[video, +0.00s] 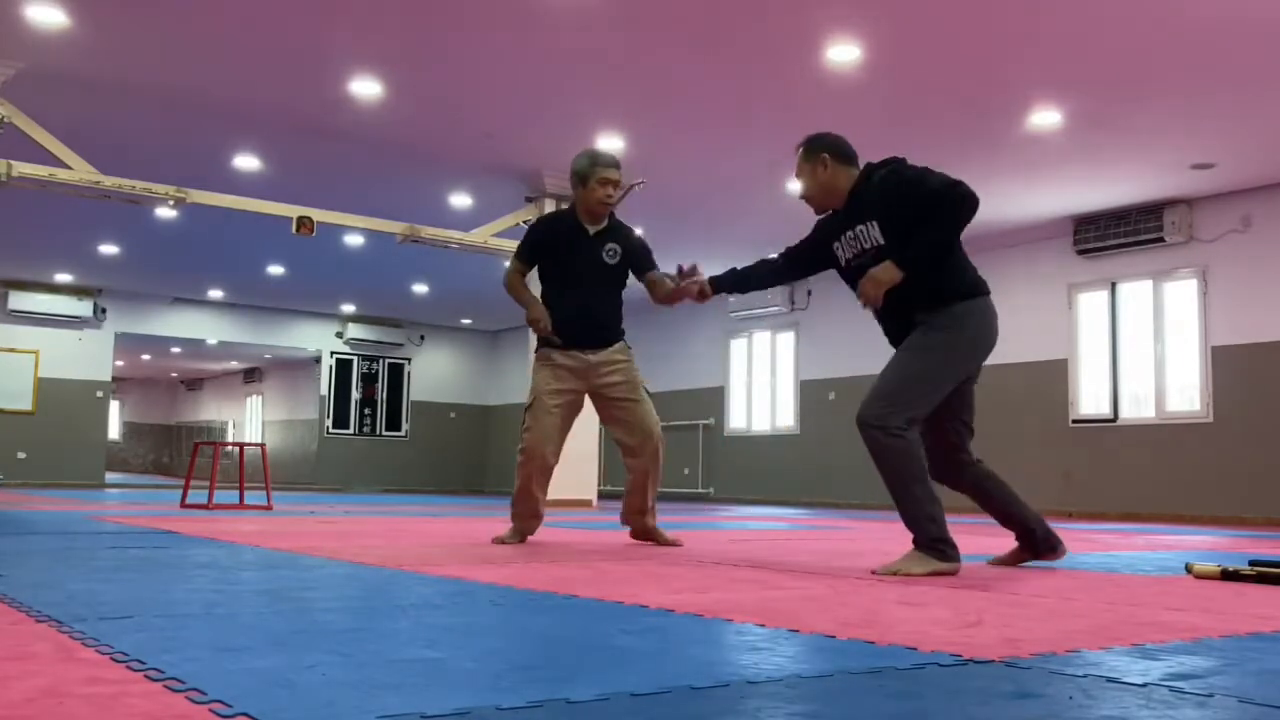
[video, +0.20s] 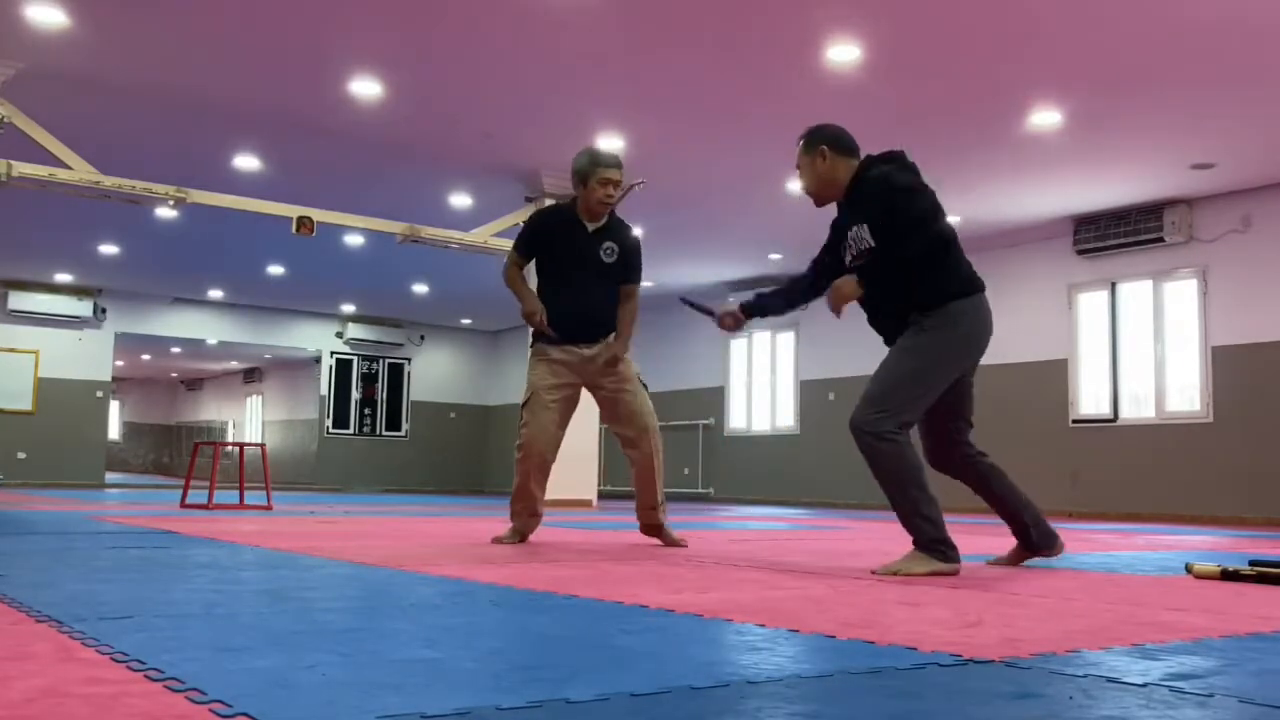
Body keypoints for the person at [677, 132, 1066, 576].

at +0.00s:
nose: (801, 193)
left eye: (803, 179)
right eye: (799, 182)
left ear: (827, 165)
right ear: (828, 168)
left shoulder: (892, 179)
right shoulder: (833, 231)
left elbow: (960, 200)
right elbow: (784, 267)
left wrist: (897, 263)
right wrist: (714, 285)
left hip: (958, 320)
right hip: (935, 332)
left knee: (881, 418)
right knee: (949, 462)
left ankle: (936, 550)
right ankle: (1038, 538)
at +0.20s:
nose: (801, 184)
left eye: (802, 170)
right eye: (799, 173)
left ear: (824, 157)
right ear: (830, 160)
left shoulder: (888, 180)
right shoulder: (848, 223)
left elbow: (932, 241)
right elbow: (814, 282)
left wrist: (862, 282)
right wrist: (748, 308)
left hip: (950, 318)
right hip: (942, 324)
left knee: (875, 423)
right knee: (947, 448)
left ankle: (935, 550)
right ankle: (1039, 537)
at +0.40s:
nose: (793, 181)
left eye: (793, 170)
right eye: (790, 172)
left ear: (813, 158)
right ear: (841, 156)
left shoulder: (819, 200)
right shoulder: (900, 185)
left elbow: (770, 268)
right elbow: (964, 227)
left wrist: (777, 246)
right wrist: (945, 288)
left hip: (906, 315)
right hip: (937, 312)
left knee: (855, 432)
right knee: (863, 425)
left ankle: (936, 549)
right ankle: (856, 535)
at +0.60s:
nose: (781, 201)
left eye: (783, 192)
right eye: (781, 193)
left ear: (801, 185)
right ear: (830, 183)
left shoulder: (793, 223)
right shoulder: (885, 211)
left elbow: (731, 272)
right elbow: (945, 250)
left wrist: (775, 239)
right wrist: (920, 305)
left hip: (858, 336)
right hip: (908, 336)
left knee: (818, 453)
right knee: (837, 437)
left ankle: (891, 524)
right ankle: (838, 538)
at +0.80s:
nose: (767, 206)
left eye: (769, 199)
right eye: (766, 200)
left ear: (785, 192)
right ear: (815, 190)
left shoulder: (782, 222)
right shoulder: (866, 223)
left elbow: (719, 256)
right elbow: (920, 272)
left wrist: (688, 296)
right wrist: (890, 318)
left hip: (856, 339)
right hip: (892, 339)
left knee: (815, 446)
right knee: (804, 422)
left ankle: (907, 524)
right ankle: (837, 539)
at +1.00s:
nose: (743, 211)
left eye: (743, 200)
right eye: (741, 202)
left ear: (762, 189)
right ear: (778, 189)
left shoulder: (788, 215)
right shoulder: (810, 216)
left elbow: (742, 265)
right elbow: (830, 291)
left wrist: (705, 302)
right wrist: (792, 336)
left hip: (864, 329)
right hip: (848, 336)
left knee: (824, 428)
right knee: (788, 430)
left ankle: (910, 524)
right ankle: (836, 539)